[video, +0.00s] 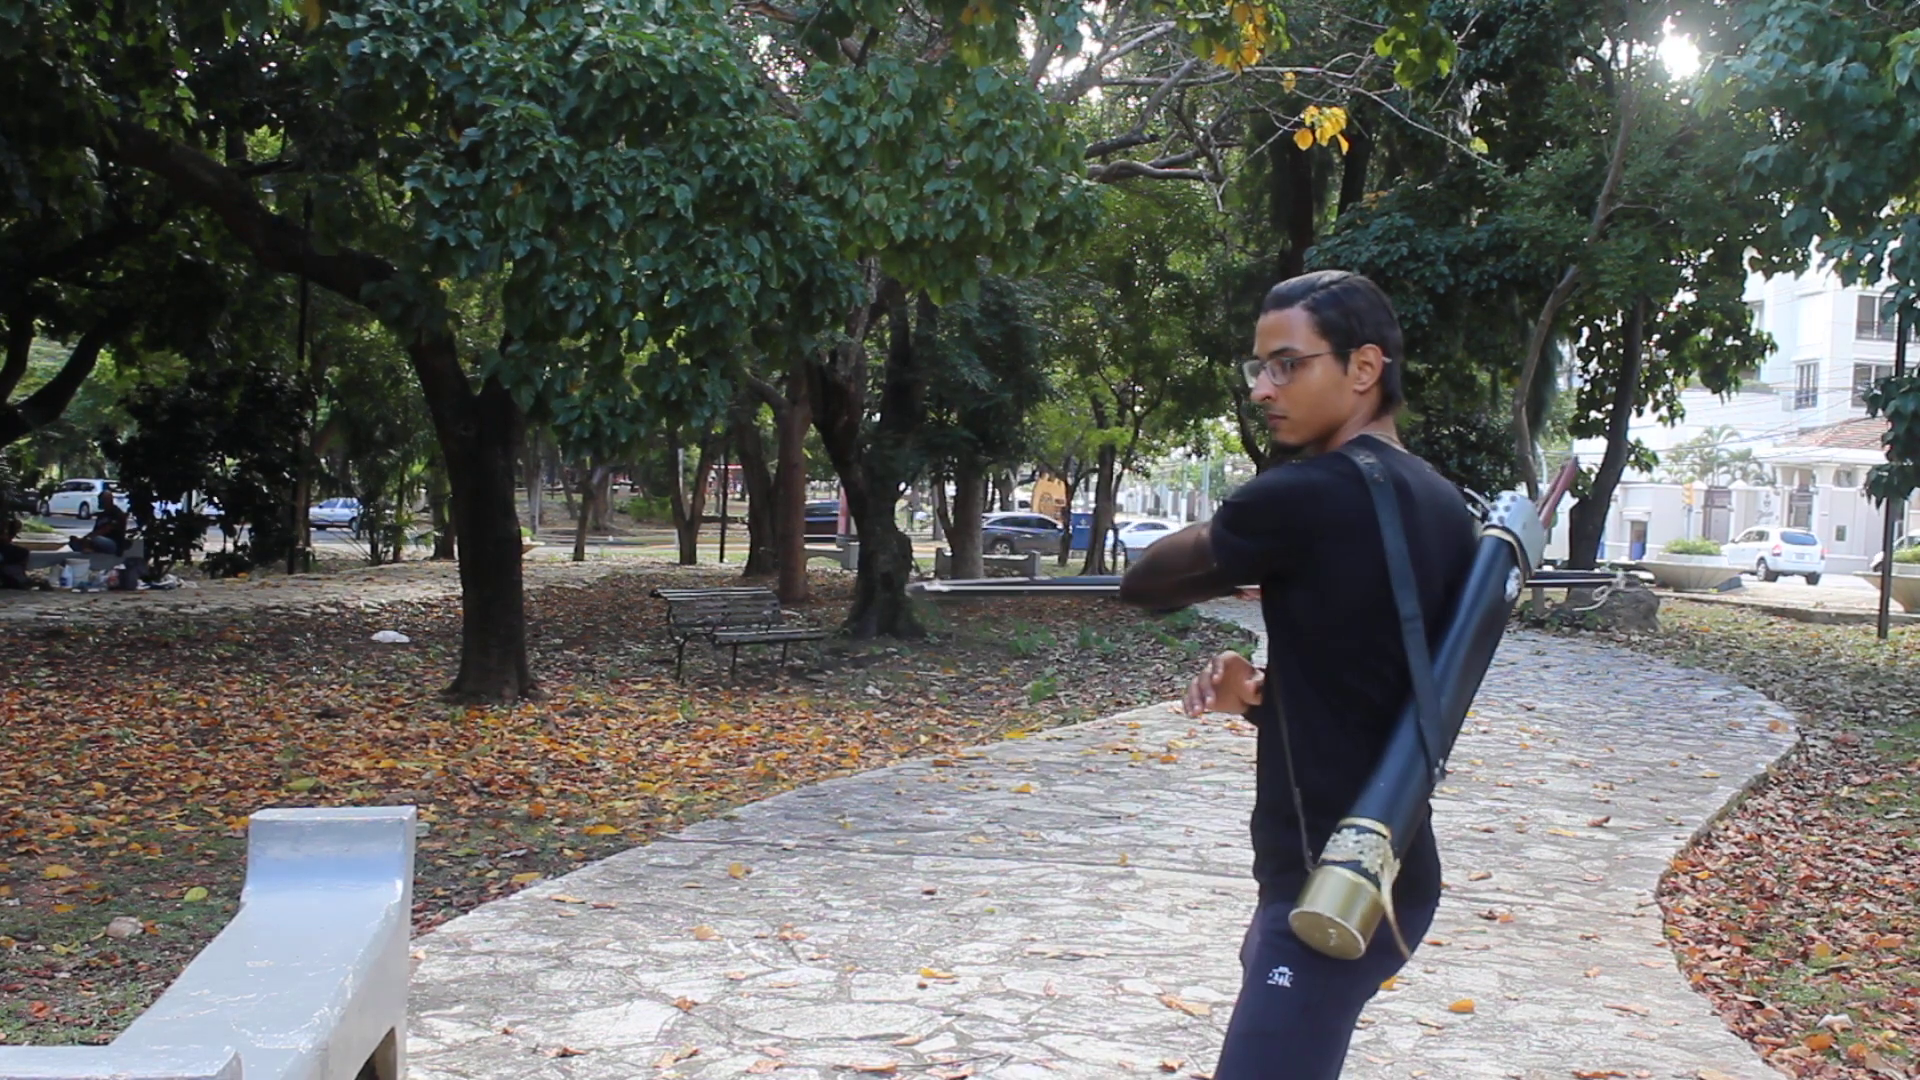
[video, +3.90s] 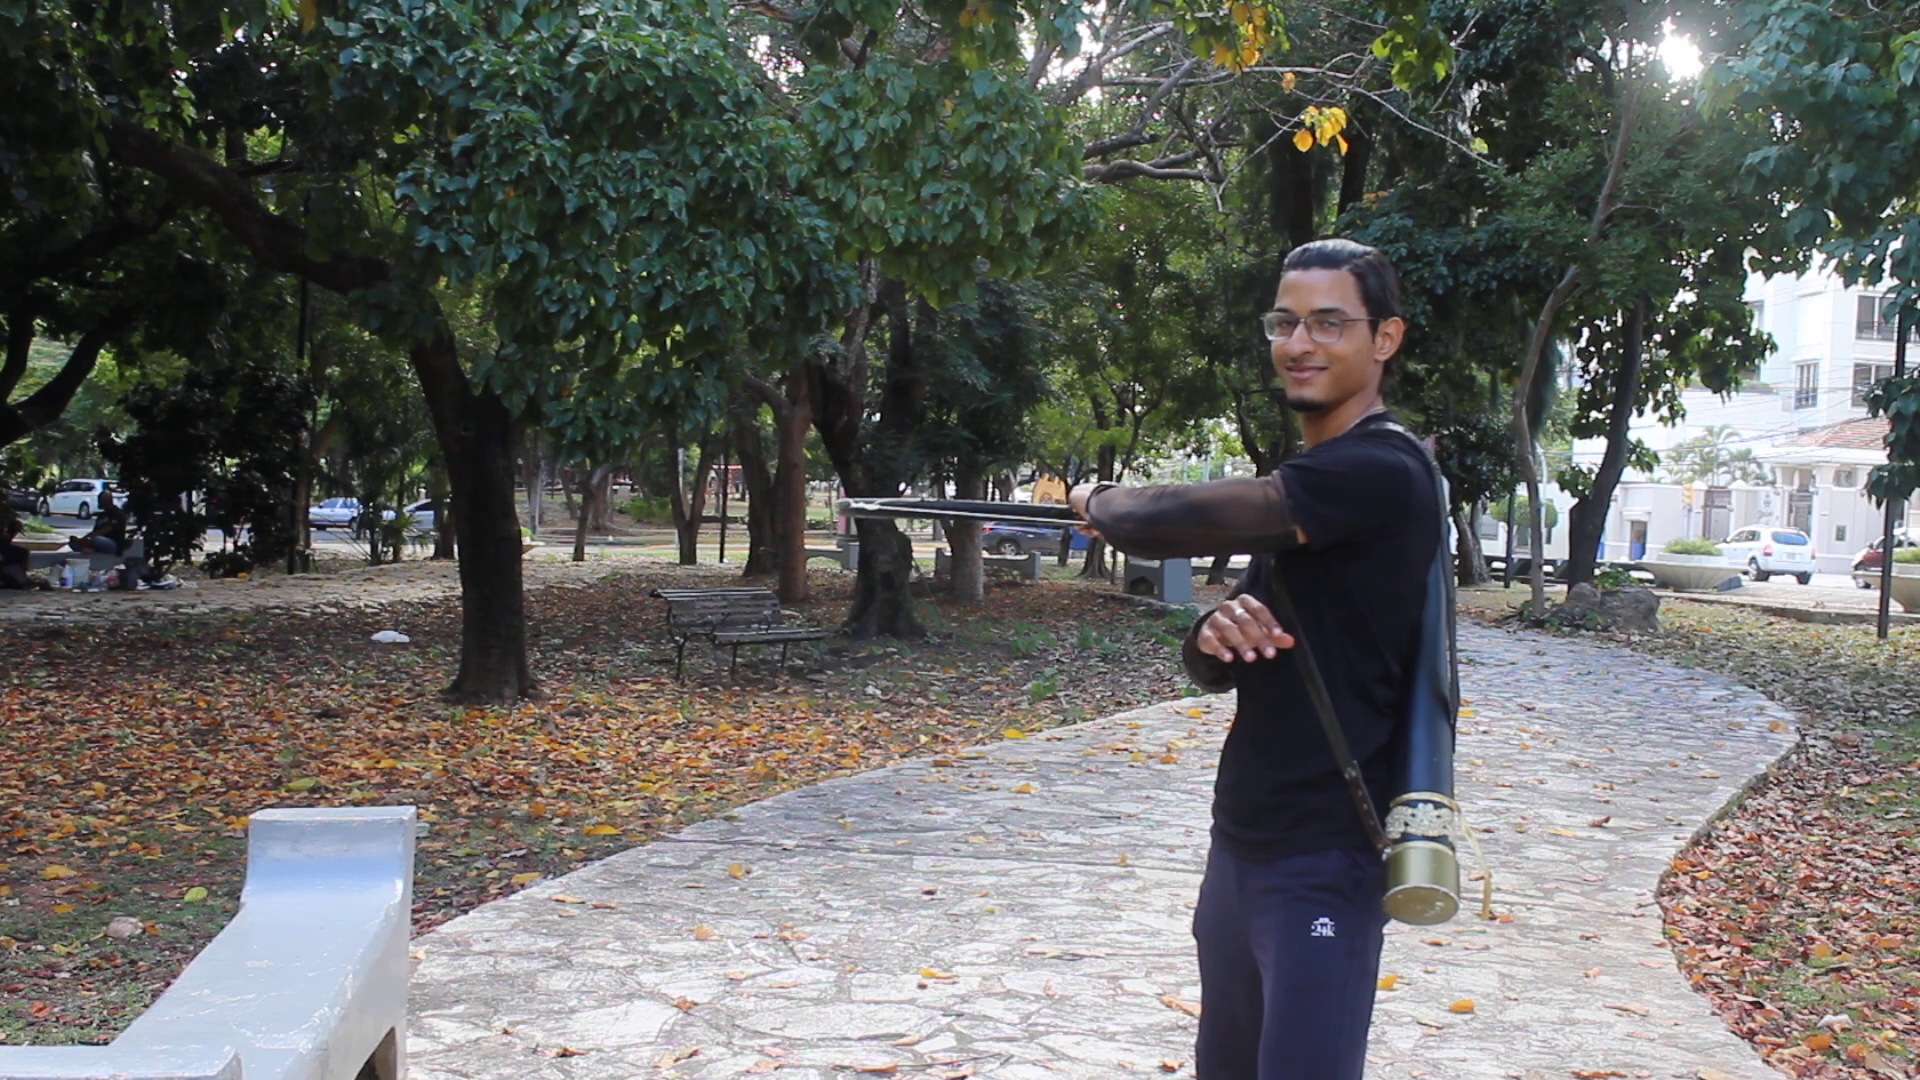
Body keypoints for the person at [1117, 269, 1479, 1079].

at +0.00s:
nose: (1261, 388)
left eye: (1287, 364)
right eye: (1258, 366)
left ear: (1365, 370)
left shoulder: (1305, 495)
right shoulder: (1440, 499)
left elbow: (1144, 582)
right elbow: (1397, 685)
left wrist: (1246, 563)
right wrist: (1265, 690)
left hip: (1322, 888)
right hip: (1389, 876)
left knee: (1253, 1067)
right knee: (1277, 1061)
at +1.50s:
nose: (1298, 349)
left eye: (1329, 330)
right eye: (1290, 328)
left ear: (1393, 352)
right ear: (1276, 339)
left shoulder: (1347, 470)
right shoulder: (1378, 469)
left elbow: (1131, 536)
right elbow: (1338, 688)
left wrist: (1122, 552)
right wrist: (1247, 669)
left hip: (1319, 871)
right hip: (1270, 860)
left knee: (1269, 1070)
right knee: (1232, 1064)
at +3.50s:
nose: (1282, 348)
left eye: (1312, 325)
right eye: (1274, 327)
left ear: (1378, 341)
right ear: (1263, 336)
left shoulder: (1375, 461)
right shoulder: (1312, 473)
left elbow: (1155, 518)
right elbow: (1267, 668)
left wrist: (1104, 516)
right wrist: (1221, 642)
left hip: (1331, 863)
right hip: (1248, 852)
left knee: (1303, 1067)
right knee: (1232, 1064)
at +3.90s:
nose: (1299, 344)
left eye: (1328, 323)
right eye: (1285, 322)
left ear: (1386, 341)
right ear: (1270, 335)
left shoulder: (1387, 467)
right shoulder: (1305, 483)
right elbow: (1214, 661)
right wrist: (1217, 638)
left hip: (1326, 860)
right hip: (1238, 850)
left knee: (1303, 1068)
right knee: (1227, 1066)